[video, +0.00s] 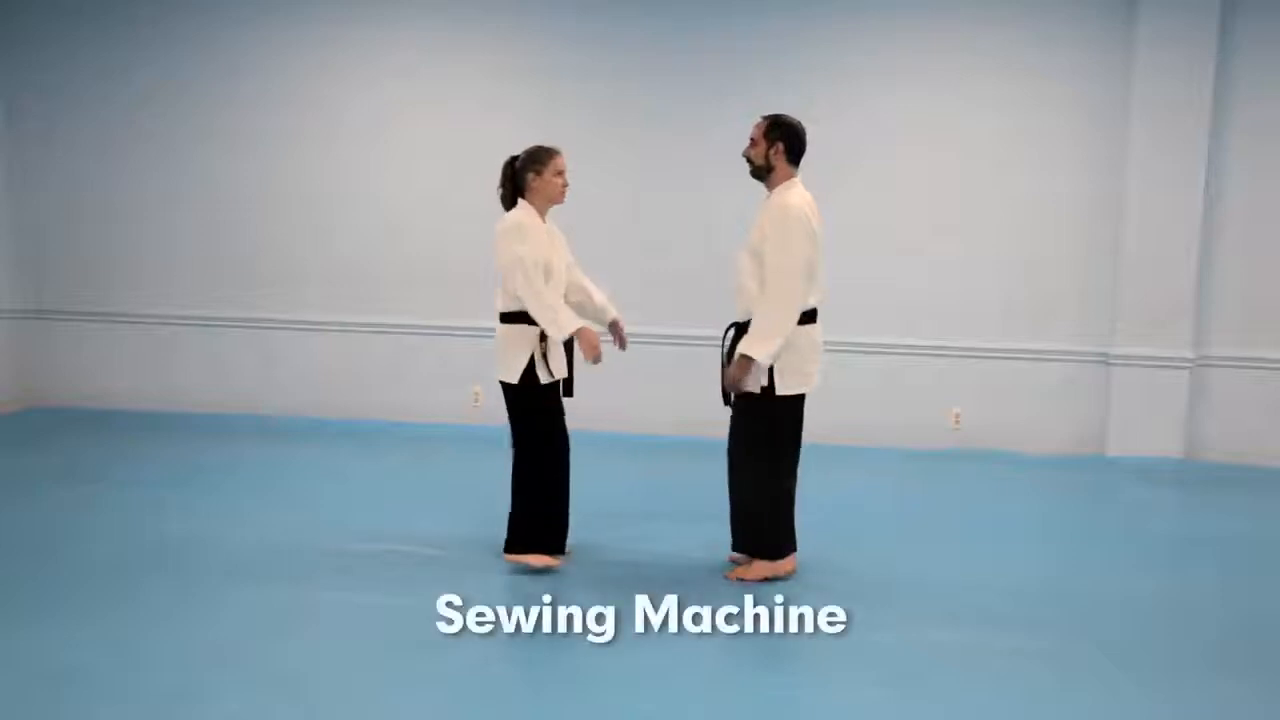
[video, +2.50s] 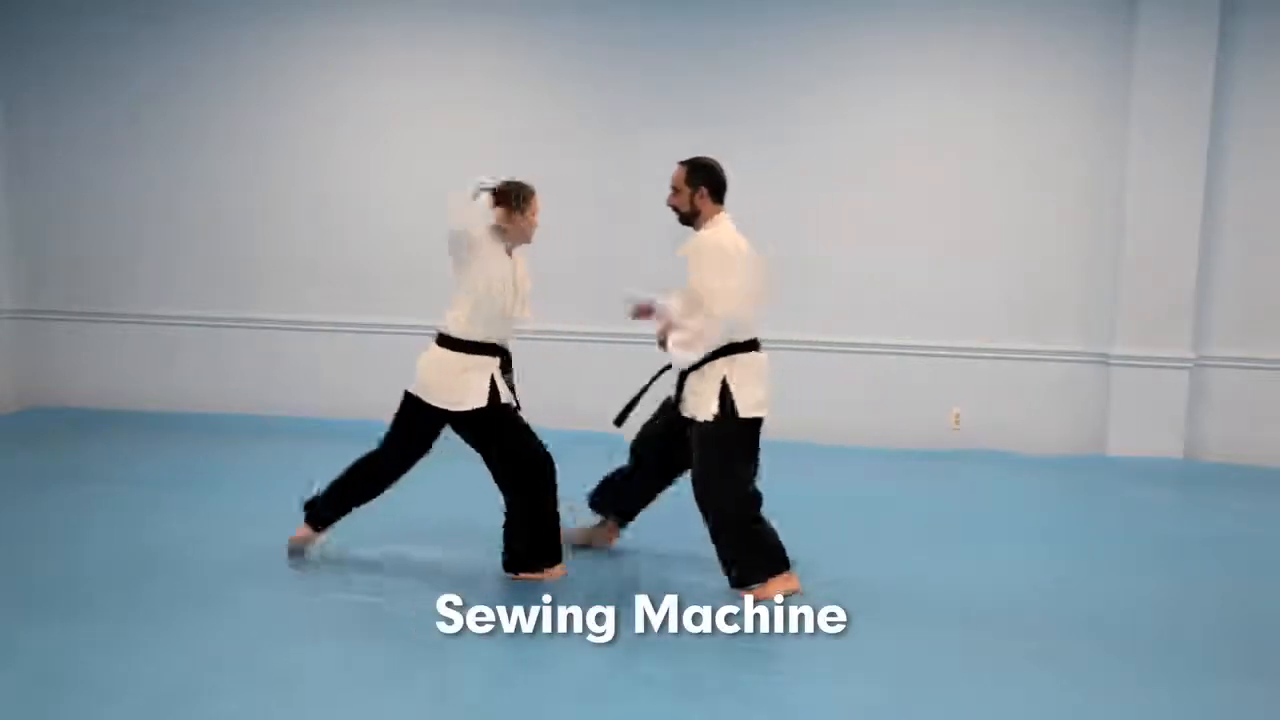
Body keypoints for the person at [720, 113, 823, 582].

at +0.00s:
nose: (746, 150)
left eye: (754, 143)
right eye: (749, 141)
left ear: (777, 151)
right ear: (779, 151)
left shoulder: (791, 207)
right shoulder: (781, 203)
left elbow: (784, 293)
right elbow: (777, 288)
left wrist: (749, 355)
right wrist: (744, 349)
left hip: (782, 351)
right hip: (771, 348)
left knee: (766, 457)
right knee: (757, 454)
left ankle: (775, 554)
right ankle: (760, 547)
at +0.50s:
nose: (757, 179)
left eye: (763, 172)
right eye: (758, 171)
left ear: (789, 175)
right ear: (795, 176)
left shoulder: (802, 229)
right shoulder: (829, 221)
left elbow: (760, 292)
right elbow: (787, 292)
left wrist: (712, 298)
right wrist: (731, 289)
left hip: (814, 368)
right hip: (851, 361)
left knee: (774, 466)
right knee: (842, 452)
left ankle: (771, 572)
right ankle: (915, 515)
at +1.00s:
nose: (809, 211)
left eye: (816, 203)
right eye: (811, 202)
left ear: (844, 209)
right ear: (847, 210)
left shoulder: (853, 263)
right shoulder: (874, 258)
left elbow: (803, 319)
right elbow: (903, 312)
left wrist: (755, 321)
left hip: (844, 396)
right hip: (875, 391)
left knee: (772, 458)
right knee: (906, 471)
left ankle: (768, 570)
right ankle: (973, 545)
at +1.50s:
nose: (812, 212)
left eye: (819, 203)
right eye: (815, 202)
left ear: (847, 209)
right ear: (850, 210)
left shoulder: (858, 261)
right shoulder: (875, 257)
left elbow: (801, 317)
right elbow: (906, 314)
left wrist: (753, 321)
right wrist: (867, 350)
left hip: (845, 397)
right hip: (874, 392)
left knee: (770, 457)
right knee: (906, 471)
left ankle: (768, 571)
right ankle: (973, 547)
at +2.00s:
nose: (791, 210)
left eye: (798, 201)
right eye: (793, 200)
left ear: (825, 206)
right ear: (831, 206)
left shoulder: (838, 254)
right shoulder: (865, 251)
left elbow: (780, 301)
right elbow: (894, 307)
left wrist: (739, 319)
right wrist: (858, 345)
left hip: (830, 393)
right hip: (864, 388)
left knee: (760, 464)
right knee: (897, 468)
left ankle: (784, 576)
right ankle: (968, 543)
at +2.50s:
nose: (669, 199)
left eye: (676, 191)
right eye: (671, 190)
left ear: (702, 195)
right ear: (704, 196)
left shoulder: (716, 246)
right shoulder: (713, 241)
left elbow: (722, 319)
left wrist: (673, 338)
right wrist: (661, 308)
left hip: (728, 382)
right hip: (706, 378)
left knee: (723, 488)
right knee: (654, 453)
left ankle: (773, 577)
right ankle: (606, 526)